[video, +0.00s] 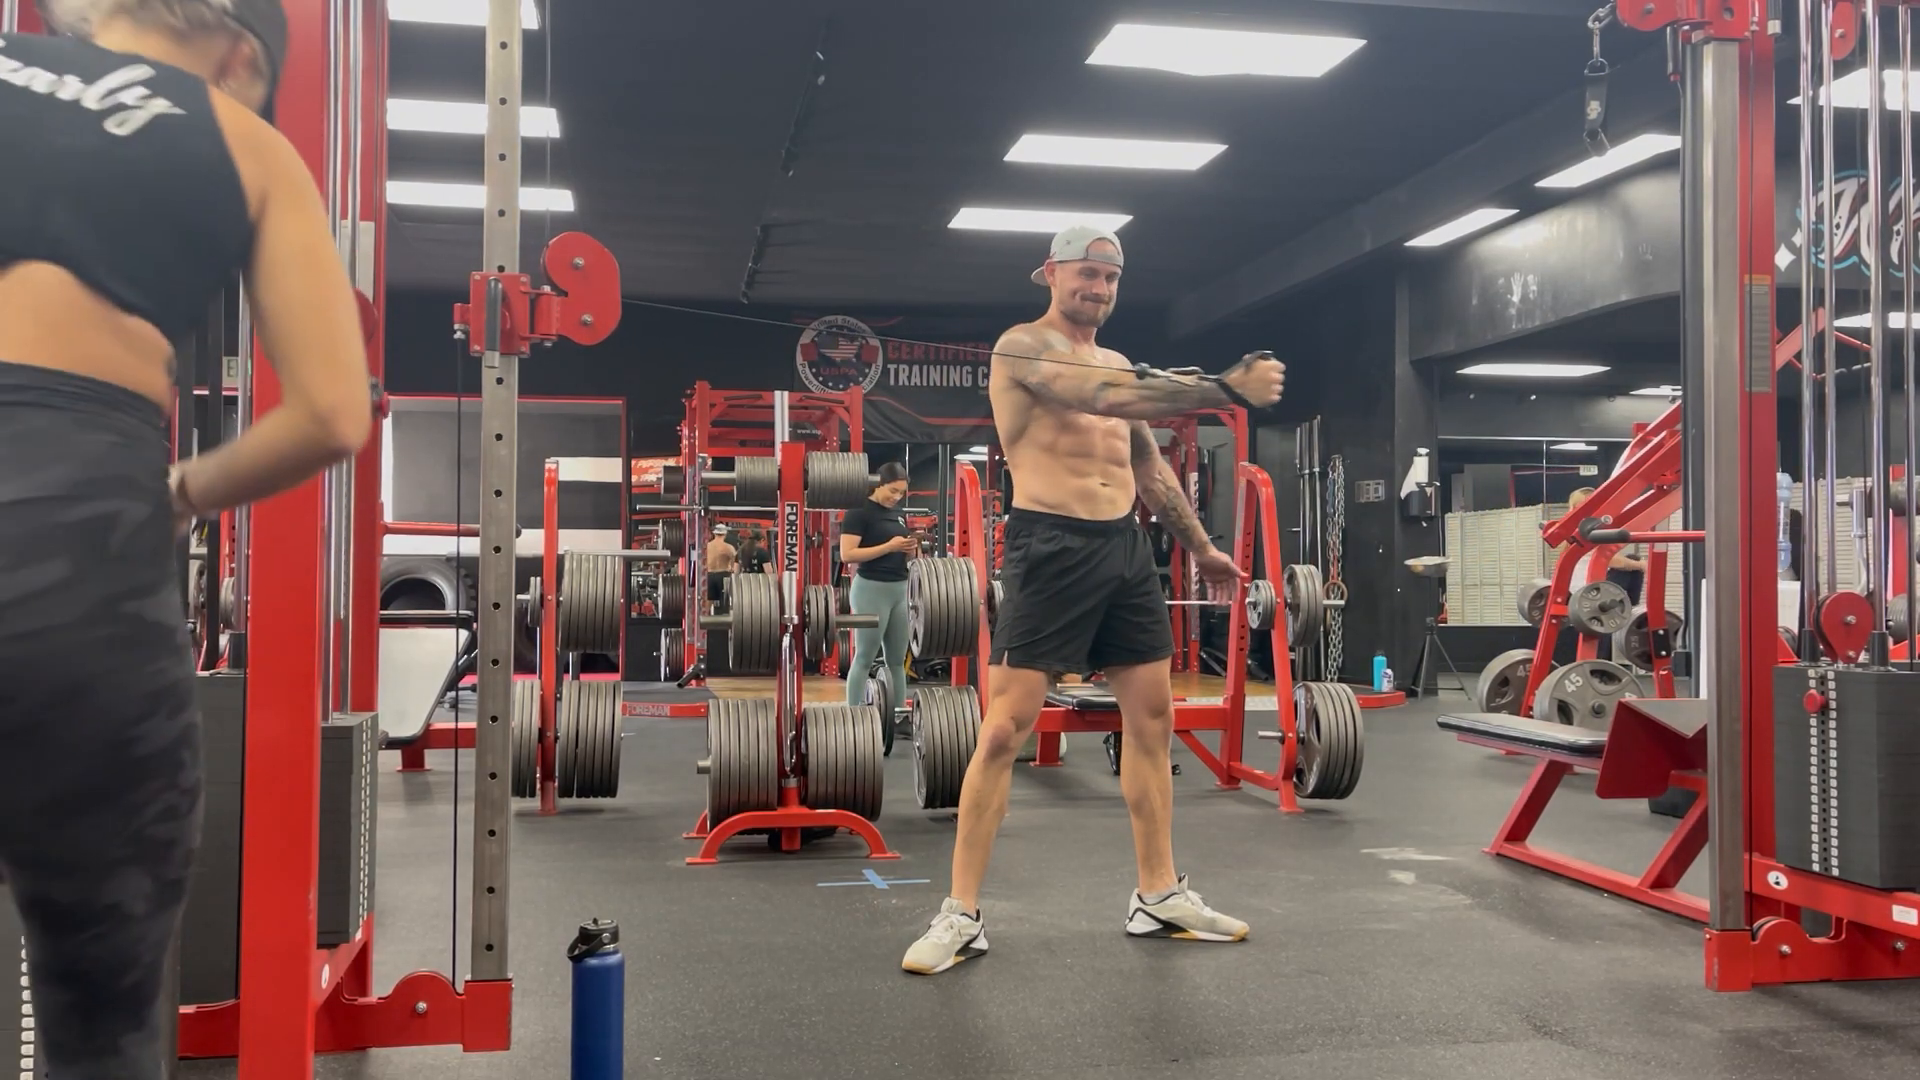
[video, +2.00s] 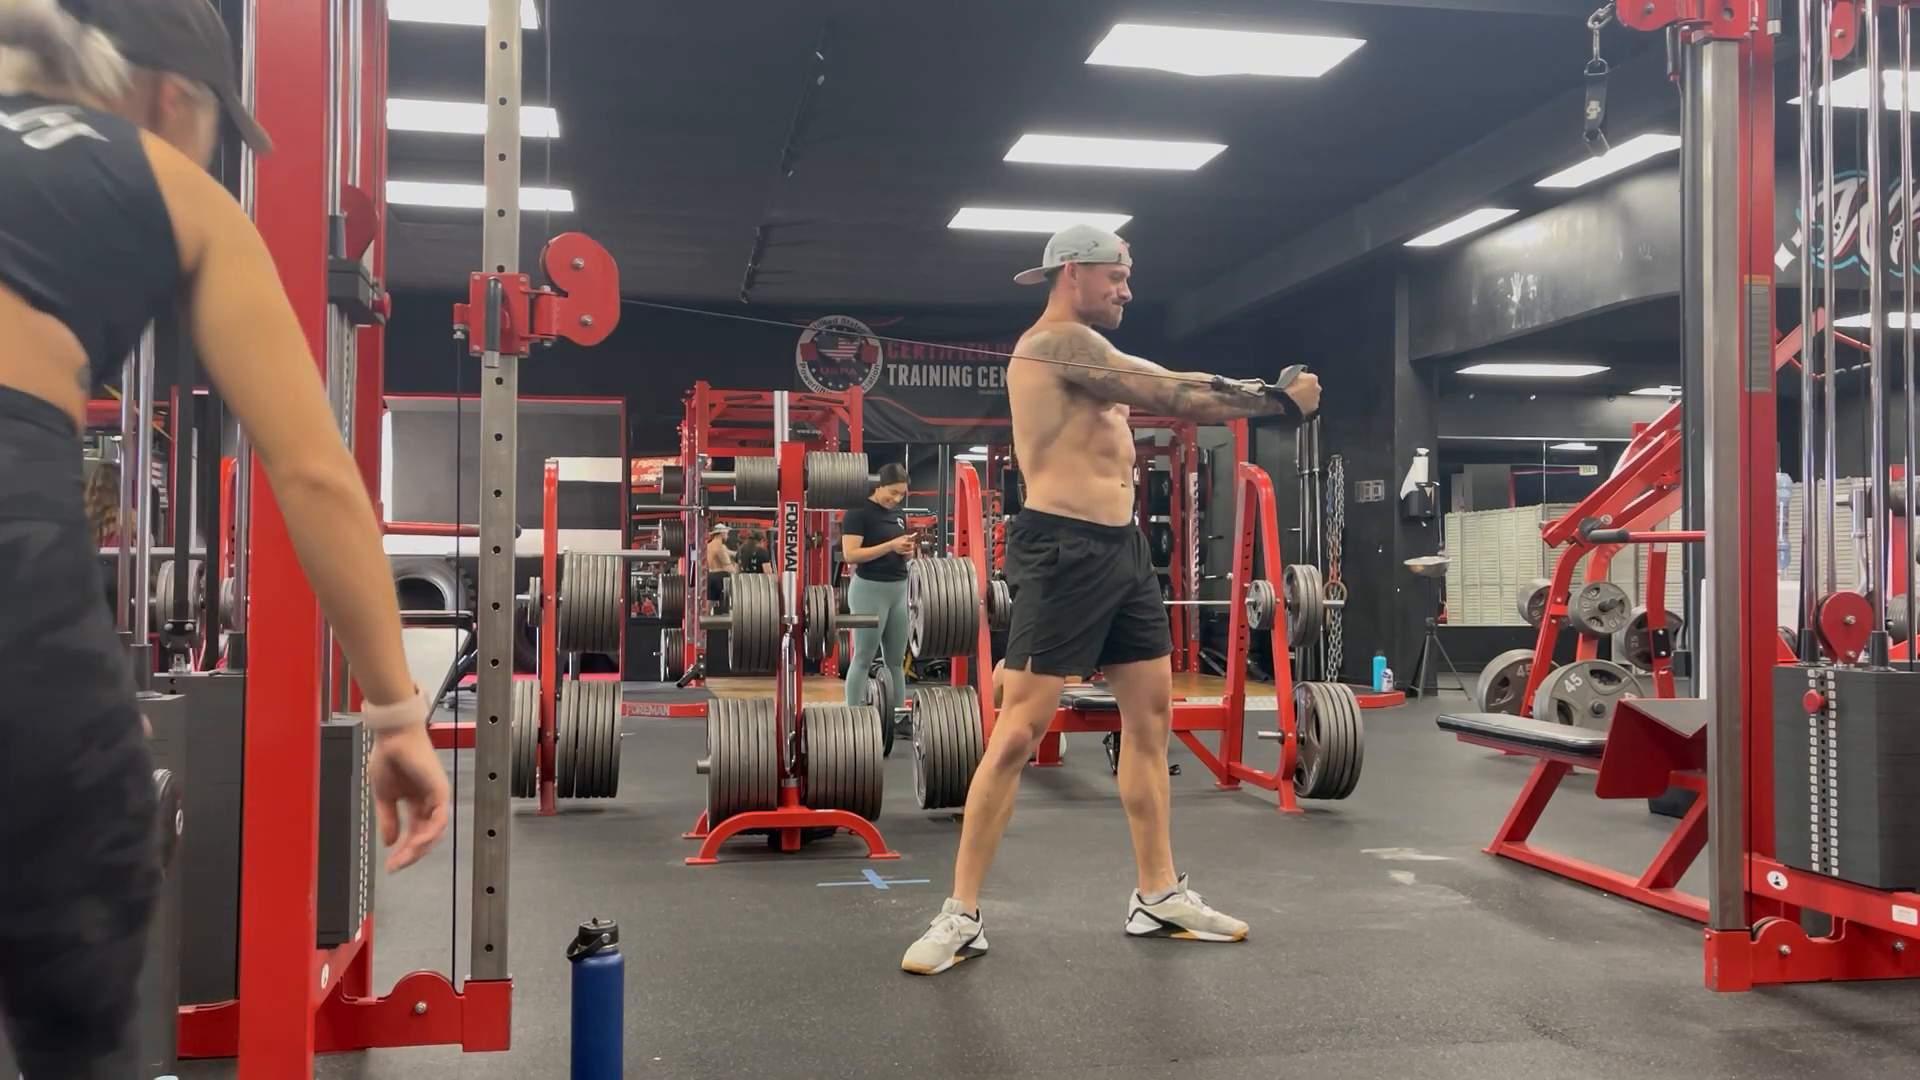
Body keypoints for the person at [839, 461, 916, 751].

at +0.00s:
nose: (898, 497)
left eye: (901, 493)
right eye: (894, 491)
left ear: (903, 491)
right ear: (879, 485)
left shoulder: (895, 515)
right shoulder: (858, 513)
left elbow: (900, 555)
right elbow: (846, 554)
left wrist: (911, 548)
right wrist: (889, 547)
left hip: (898, 590)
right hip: (870, 589)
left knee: (897, 660)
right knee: (865, 657)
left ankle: (901, 715)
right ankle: (853, 716)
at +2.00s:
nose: (897, 499)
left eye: (901, 495)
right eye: (893, 493)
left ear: (904, 491)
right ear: (880, 485)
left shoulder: (897, 514)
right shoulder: (858, 513)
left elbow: (903, 551)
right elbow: (850, 554)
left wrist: (909, 549)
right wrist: (891, 546)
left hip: (898, 591)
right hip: (869, 590)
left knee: (896, 661)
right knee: (863, 659)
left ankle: (899, 720)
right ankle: (853, 720)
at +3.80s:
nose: (918, 497)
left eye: (920, 492)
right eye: (915, 490)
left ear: (901, 487)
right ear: (898, 485)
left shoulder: (895, 512)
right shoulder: (886, 513)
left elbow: (894, 550)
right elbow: (883, 557)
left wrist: (918, 548)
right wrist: (918, 545)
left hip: (893, 586)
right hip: (886, 587)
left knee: (886, 655)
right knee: (905, 654)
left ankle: (874, 711)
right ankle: (881, 710)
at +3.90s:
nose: (923, 498)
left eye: (926, 493)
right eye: (921, 492)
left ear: (907, 488)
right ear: (904, 485)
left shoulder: (899, 512)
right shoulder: (892, 513)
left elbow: (897, 551)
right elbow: (887, 557)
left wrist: (921, 550)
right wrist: (923, 546)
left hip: (893, 585)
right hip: (890, 586)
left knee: (889, 657)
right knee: (919, 650)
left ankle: (881, 713)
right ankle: (898, 712)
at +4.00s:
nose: (931, 499)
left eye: (933, 494)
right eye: (928, 493)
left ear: (913, 488)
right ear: (912, 487)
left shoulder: (906, 511)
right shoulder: (898, 513)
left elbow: (904, 551)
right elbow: (892, 557)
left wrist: (929, 549)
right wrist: (928, 546)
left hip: (897, 583)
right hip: (896, 584)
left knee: (893, 653)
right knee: (928, 648)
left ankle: (882, 714)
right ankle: (926, 716)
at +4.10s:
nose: (937, 501)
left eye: (941, 496)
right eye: (935, 494)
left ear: (920, 490)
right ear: (919, 488)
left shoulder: (915, 513)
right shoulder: (905, 514)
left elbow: (912, 552)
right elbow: (898, 558)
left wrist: (937, 549)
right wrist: (934, 547)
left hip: (903, 582)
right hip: (903, 584)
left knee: (897, 652)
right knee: (933, 648)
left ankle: (884, 712)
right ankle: (945, 715)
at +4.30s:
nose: (954, 500)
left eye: (956, 495)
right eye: (952, 494)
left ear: (943, 493)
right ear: (939, 491)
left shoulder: (940, 516)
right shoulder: (926, 518)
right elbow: (918, 560)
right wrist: (955, 550)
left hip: (947, 593)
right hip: (930, 594)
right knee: (919, 651)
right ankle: (887, 704)